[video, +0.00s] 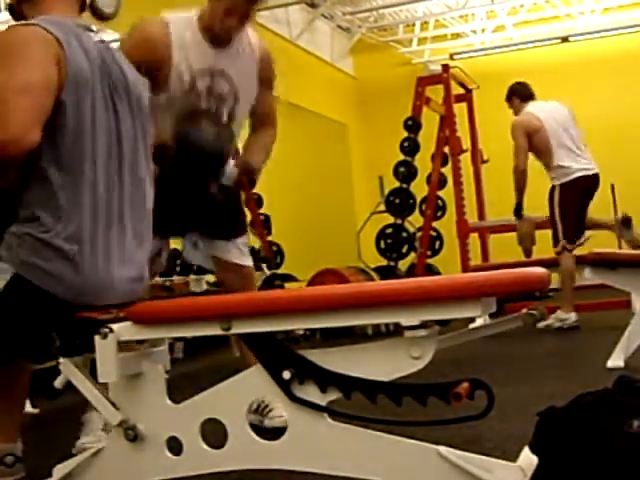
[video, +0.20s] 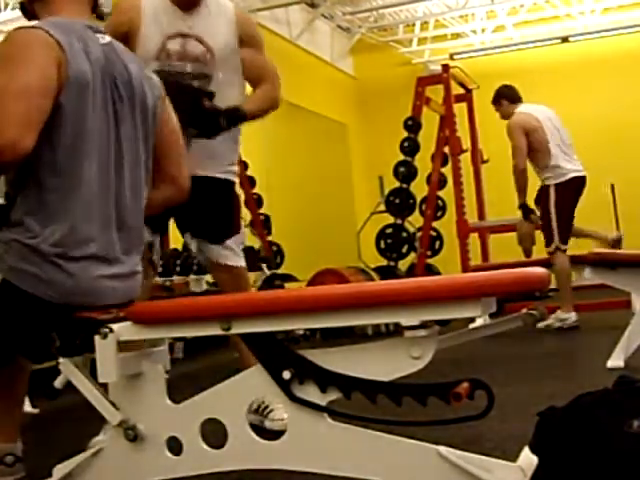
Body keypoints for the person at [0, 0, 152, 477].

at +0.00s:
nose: (14, 8)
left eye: (15, 5)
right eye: (17, 7)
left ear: (22, 2)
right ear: (82, 5)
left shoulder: (31, 38)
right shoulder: (126, 69)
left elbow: (16, 135)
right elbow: (143, 161)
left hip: (53, 269)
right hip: (127, 272)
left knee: (9, 354)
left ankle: (8, 452)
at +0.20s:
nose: (22, 10)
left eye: (24, 7)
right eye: (24, 8)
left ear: (32, 4)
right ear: (95, 6)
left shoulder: (35, 42)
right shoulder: (142, 74)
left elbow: (13, 141)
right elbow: (176, 183)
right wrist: (114, 209)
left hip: (39, 276)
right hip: (118, 283)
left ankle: (8, 451)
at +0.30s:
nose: (30, 11)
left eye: (31, 9)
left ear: (40, 4)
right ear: (108, 7)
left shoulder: (37, 41)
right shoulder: (149, 74)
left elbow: (10, 143)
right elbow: (191, 176)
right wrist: (121, 207)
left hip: (40, 276)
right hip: (120, 281)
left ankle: (7, 446)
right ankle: (7, 444)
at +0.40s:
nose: (34, 8)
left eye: (36, 5)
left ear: (44, 3)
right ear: (107, 3)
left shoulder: (37, 42)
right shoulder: (152, 72)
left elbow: (10, 143)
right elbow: (194, 175)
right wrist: (125, 198)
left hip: (38, 280)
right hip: (121, 286)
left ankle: (8, 450)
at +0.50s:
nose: (37, 9)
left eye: (39, 5)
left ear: (46, 2)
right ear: (107, 3)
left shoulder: (38, 42)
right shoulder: (156, 69)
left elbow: (9, 142)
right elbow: (198, 174)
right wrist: (130, 187)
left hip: (39, 280)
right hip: (123, 285)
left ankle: (8, 450)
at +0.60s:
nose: (40, 9)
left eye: (41, 6)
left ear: (47, 2)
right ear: (108, 4)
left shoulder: (37, 43)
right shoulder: (158, 70)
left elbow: (9, 143)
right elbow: (196, 175)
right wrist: (130, 178)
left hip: (39, 281)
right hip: (122, 286)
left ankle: (9, 451)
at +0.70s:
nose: (43, 10)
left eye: (43, 7)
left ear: (48, 3)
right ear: (109, 5)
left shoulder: (38, 44)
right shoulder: (157, 73)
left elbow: (8, 144)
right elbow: (195, 176)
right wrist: (133, 158)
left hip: (39, 278)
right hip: (122, 284)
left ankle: (10, 446)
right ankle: (9, 443)